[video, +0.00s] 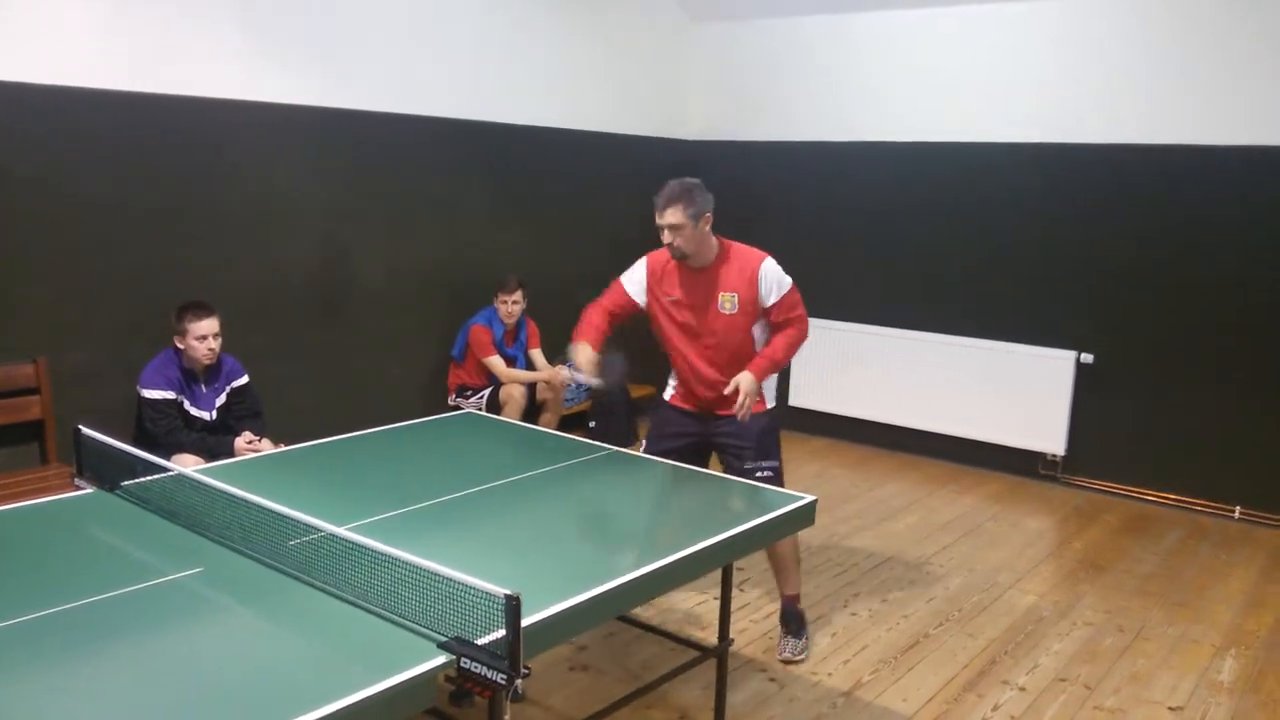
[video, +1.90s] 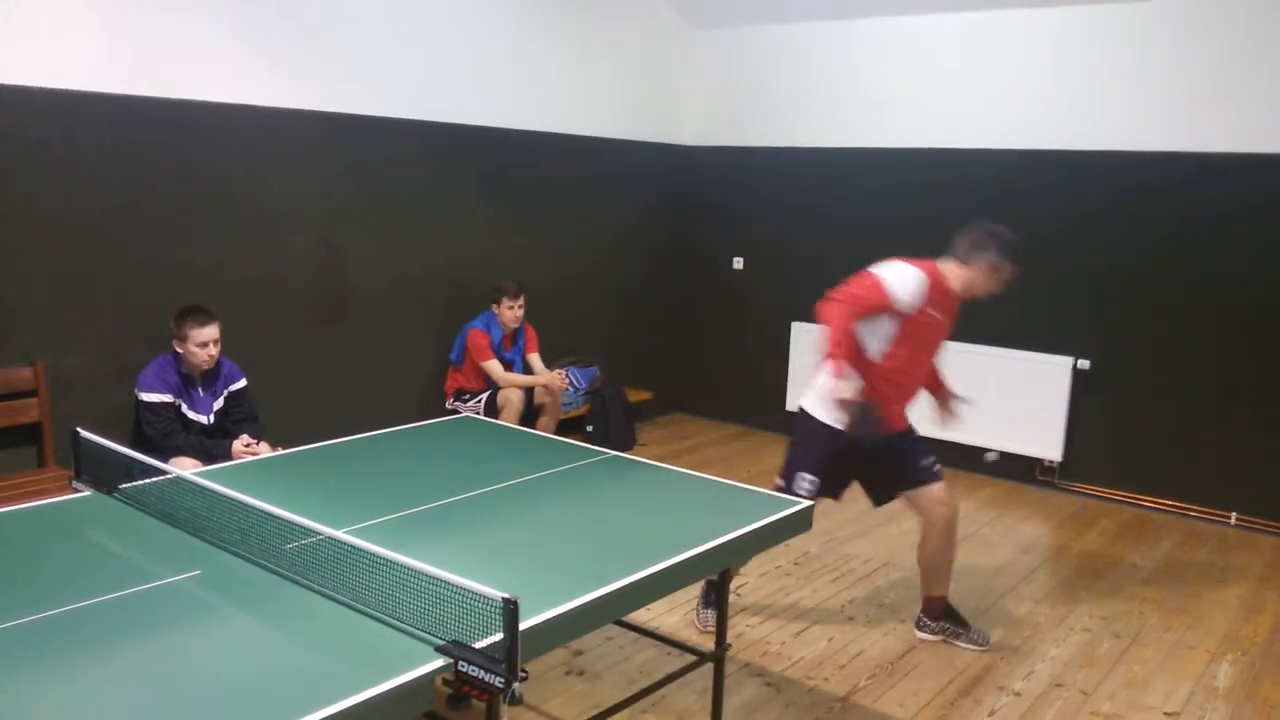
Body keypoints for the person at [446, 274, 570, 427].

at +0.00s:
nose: (509, 309)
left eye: (515, 303)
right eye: (504, 303)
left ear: (524, 304)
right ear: (495, 303)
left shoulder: (528, 327)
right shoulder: (479, 328)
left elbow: (543, 366)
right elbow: (504, 375)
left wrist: (559, 377)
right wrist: (547, 376)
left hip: (503, 387)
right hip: (467, 394)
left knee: (555, 391)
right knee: (516, 392)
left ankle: (540, 450)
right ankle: (503, 449)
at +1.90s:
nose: (517, 314)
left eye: (520, 307)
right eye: (510, 308)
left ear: (525, 307)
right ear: (495, 309)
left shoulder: (525, 331)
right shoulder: (477, 333)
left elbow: (540, 370)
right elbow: (501, 379)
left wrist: (553, 379)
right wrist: (546, 380)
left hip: (499, 393)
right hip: (463, 399)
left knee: (552, 394)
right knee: (514, 396)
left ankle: (540, 454)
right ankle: (502, 454)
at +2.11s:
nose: (517, 316)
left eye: (520, 310)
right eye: (510, 311)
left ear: (525, 309)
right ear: (496, 311)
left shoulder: (525, 333)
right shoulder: (476, 335)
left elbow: (540, 372)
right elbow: (501, 382)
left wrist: (553, 381)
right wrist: (545, 383)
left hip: (498, 395)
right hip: (463, 402)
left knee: (552, 396)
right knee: (514, 398)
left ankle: (540, 457)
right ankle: (501, 457)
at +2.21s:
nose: (520, 315)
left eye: (523, 309)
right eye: (513, 310)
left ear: (527, 308)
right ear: (498, 310)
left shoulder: (528, 333)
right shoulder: (479, 334)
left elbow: (542, 372)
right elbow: (503, 381)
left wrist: (556, 380)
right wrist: (548, 382)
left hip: (501, 395)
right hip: (465, 401)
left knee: (554, 395)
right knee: (516, 398)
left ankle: (543, 456)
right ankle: (505, 456)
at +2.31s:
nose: (517, 316)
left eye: (521, 309)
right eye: (511, 310)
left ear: (525, 309)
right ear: (496, 310)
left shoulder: (525, 333)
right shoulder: (477, 335)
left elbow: (540, 373)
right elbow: (501, 381)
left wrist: (554, 381)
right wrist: (545, 382)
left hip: (499, 395)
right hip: (463, 401)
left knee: (552, 396)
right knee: (514, 398)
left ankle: (539, 456)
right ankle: (500, 455)